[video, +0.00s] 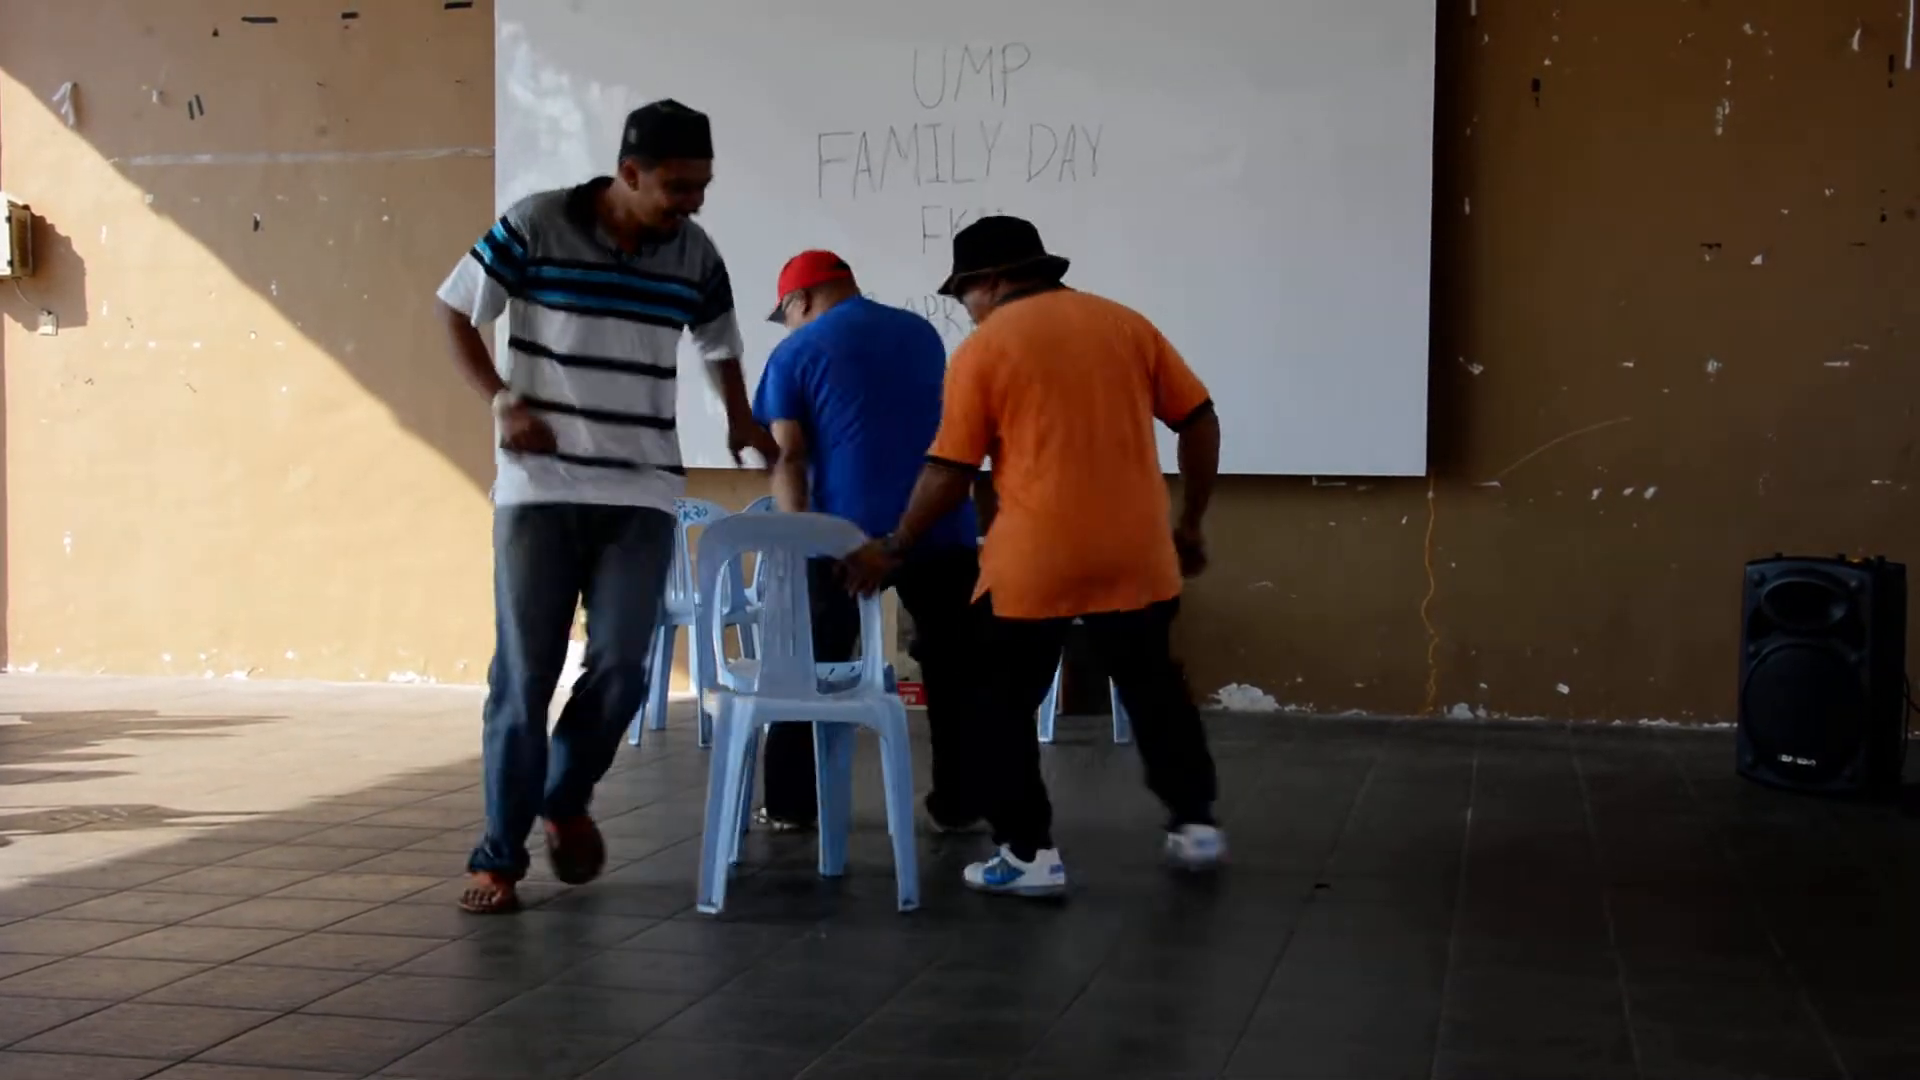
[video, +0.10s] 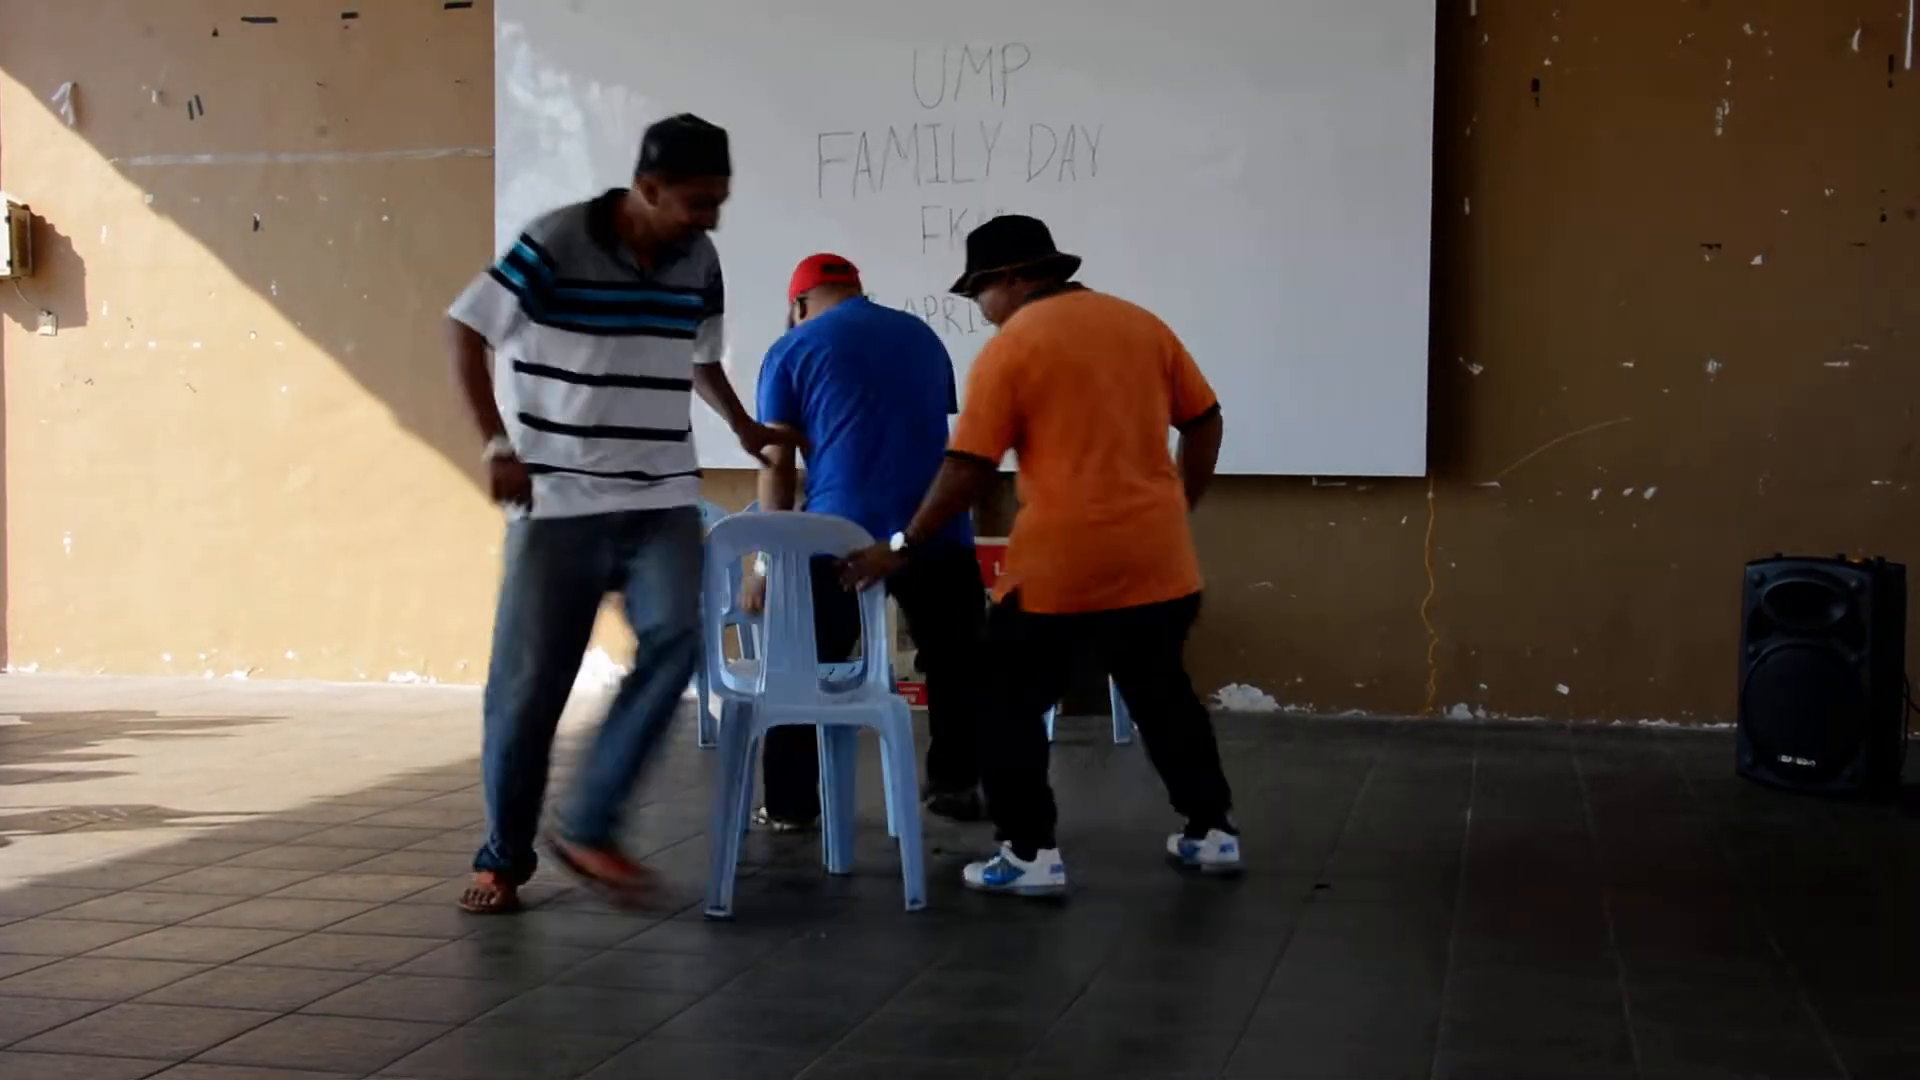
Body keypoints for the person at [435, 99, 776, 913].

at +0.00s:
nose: (692, 206)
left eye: (700, 190)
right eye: (679, 191)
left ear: (703, 178)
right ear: (629, 173)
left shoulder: (696, 257)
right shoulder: (538, 224)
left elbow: (722, 349)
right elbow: (459, 312)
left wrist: (741, 418)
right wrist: (500, 398)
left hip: (641, 491)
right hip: (540, 484)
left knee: (624, 665)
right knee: (524, 673)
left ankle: (566, 797)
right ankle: (497, 856)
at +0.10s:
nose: (710, 221)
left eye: (717, 205)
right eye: (698, 205)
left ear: (714, 193)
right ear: (647, 188)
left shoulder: (700, 262)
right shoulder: (556, 242)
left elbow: (702, 360)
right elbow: (468, 327)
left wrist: (749, 430)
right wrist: (496, 443)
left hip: (663, 501)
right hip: (560, 500)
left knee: (676, 642)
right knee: (527, 683)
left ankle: (590, 831)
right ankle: (503, 857)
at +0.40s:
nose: (820, 218)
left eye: (825, 202)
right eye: (816, 200)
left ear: (782, 188)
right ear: (769, 183)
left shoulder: (772, 258)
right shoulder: (662, 240)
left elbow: (746, 386)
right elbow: (562, 321)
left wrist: (784, 486)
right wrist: (600, 418)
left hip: (775, 526)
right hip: (676, 533)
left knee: (840, 687)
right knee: (645, 704)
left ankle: (798, 895)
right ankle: (546, 850)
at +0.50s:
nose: (840, 191)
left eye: (843, 173)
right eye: (836, 172)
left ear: (793, 166)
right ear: (799, 166)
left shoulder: (784, 255)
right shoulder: (689, 224)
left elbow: (763, 376)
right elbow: (627, 328)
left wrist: (787, 458)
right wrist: (712, 411)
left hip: (785, 509)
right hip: (700, 512)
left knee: (845, 684)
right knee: (692, 702)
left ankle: (807, 889)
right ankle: (637, 879)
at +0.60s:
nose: (852, 182)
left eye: (852, 164)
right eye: (848, 163)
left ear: (795, 157)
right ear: (817, 161)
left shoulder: (769, 241)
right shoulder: (725, 228)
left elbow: (737, 366)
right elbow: (730, 353)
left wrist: (782, 462)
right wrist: (833, 407)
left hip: (786, 504)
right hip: (709, 510)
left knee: (875, 659)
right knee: (708, 700)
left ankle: (820, 861)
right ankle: (648, 882)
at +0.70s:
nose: (863, 188)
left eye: (864, 170)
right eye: (861, 169)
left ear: (795, 160)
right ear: (832, 166)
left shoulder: (760, 227)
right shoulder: (762, 227)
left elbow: (736, 375)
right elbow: (837, 353)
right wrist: (894, 366)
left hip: (795, 508)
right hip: (720, 517)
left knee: (897, 655)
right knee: (721, 706)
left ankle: (876, 868)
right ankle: (650, 882)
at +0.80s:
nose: (887, 186)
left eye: (886, 170)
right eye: (885, 169)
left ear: (809, 161)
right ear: (866, 168)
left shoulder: (764, 229)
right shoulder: (816, 231)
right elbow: (904, 341)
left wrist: (917, 325)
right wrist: (947, 332)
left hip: (819, 517)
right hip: (757, 518)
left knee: (912, 680)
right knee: (737, 717)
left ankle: (935, 881)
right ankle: (645, 882)